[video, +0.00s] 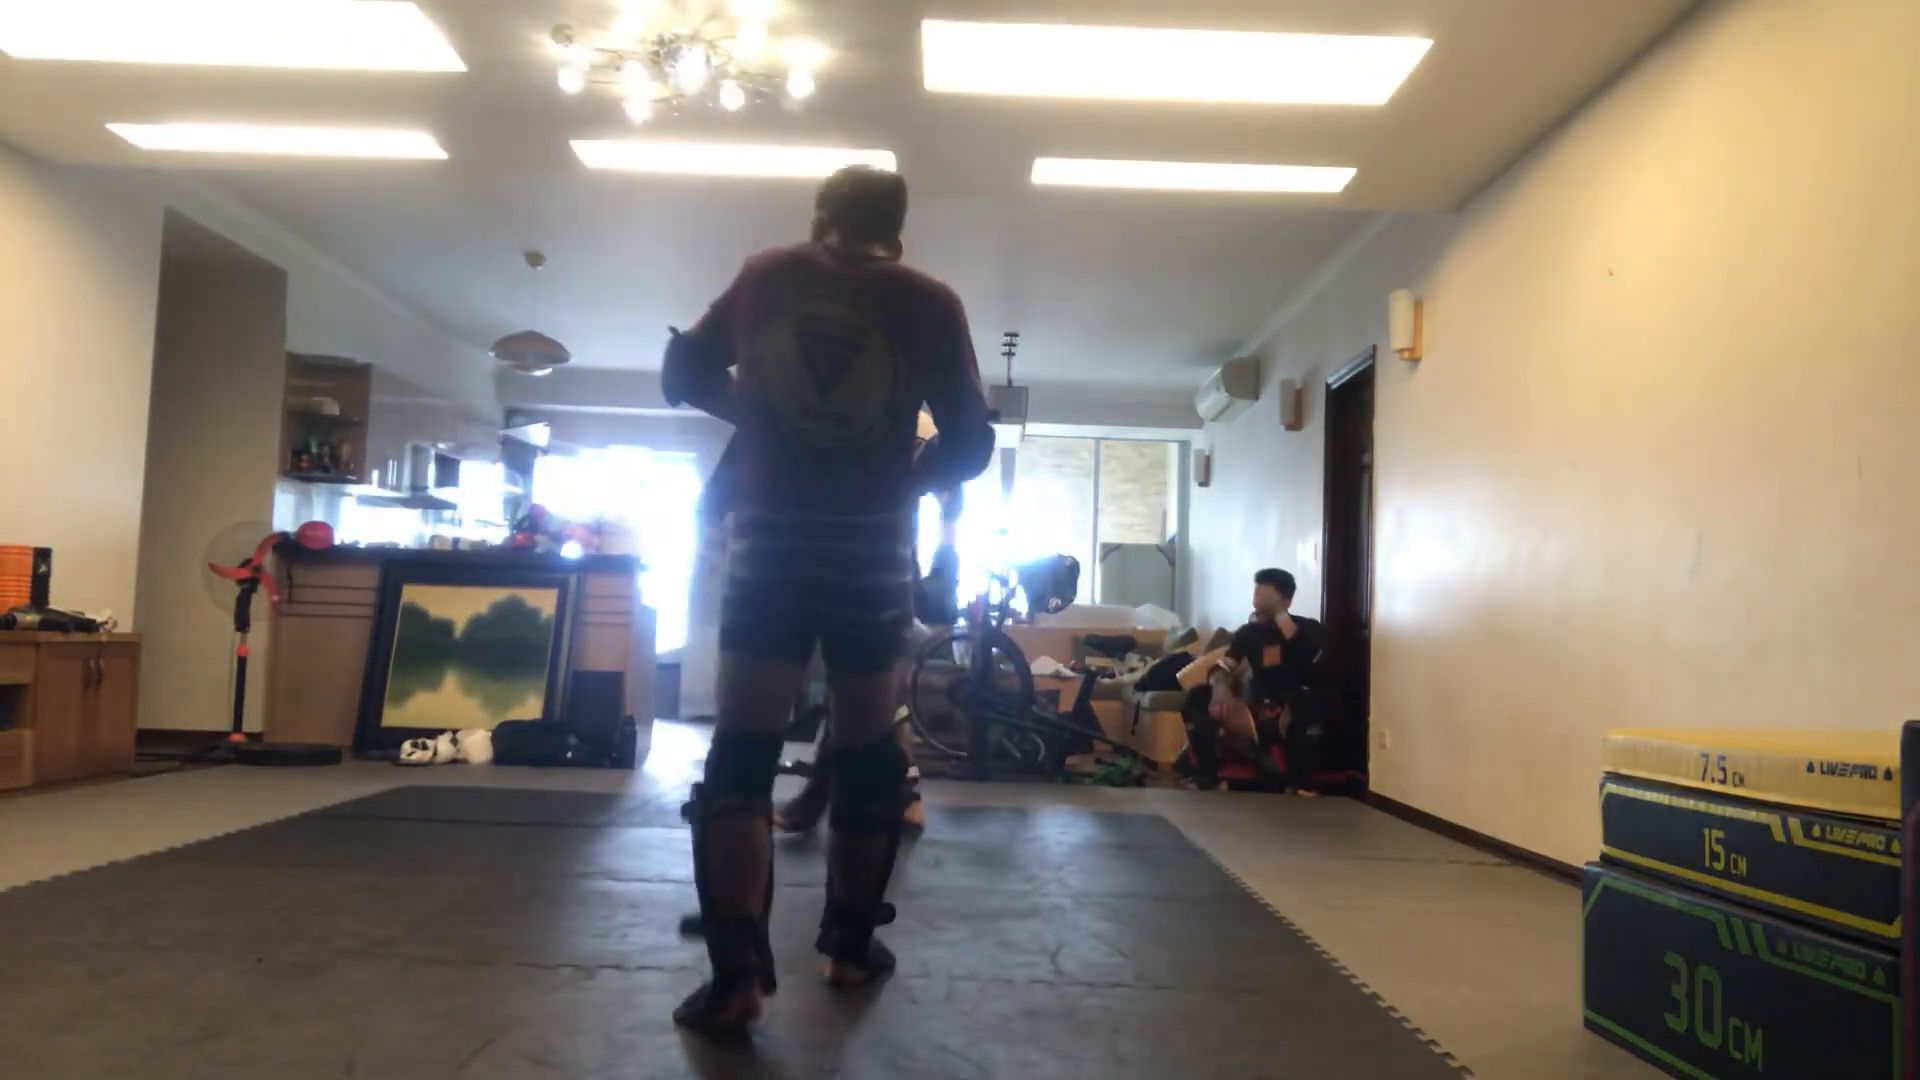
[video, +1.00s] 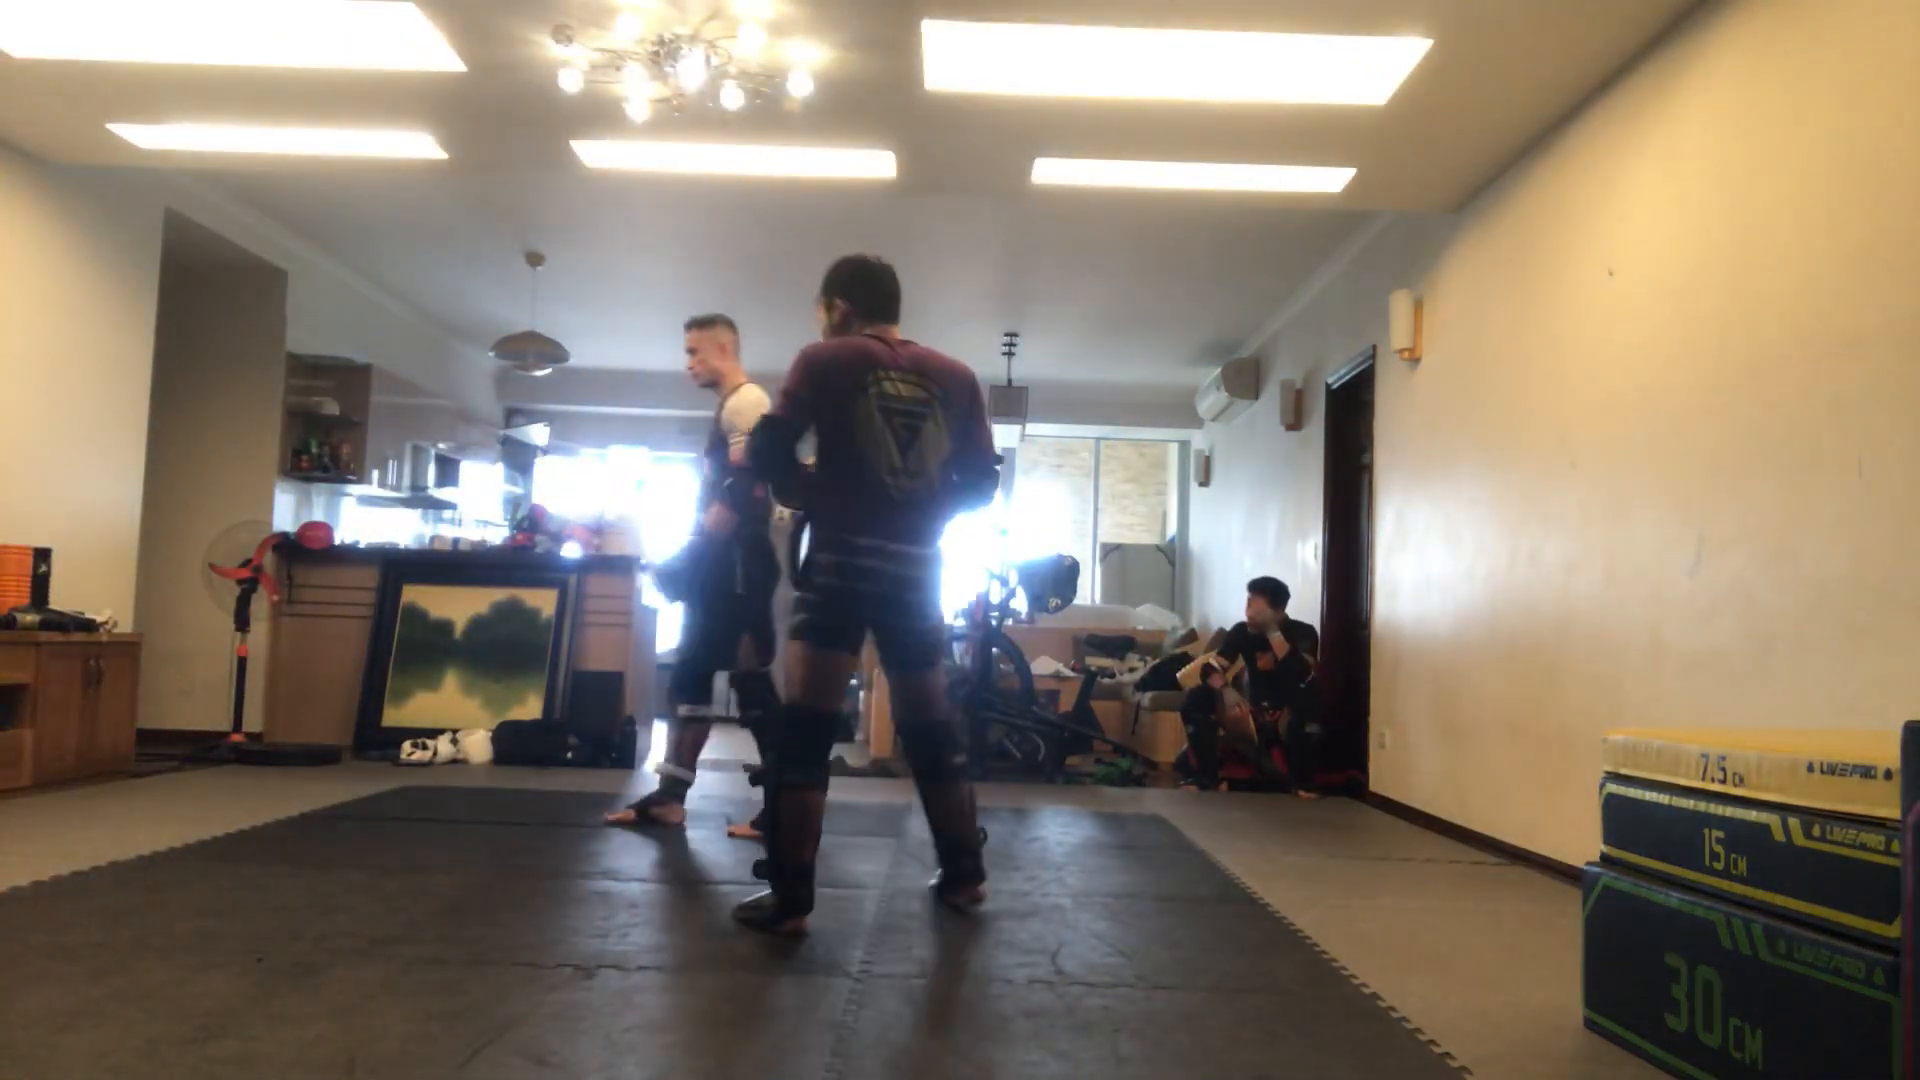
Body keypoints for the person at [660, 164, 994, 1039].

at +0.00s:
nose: (845, 243)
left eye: (826, 223)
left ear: (820, 220)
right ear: (897, 235)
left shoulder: (768, 272)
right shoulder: (931, 302)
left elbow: (684, 372)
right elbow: (972, 442)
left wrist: (763, 413)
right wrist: (898, 475)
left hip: (768, 551)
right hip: (871, 557)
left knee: (741, 752)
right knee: (868, 751)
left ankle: (739, 973)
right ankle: (848, 946)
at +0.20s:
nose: (834, 246)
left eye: (832, 233)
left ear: (837, 231)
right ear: (910, 244)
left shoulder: (796, 282)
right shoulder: (950, 319)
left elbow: (695, 367)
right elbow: (979, 452)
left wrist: (766, 416)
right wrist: (900, 456)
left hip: (792, 553)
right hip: (885, 564)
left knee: (737, 720)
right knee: (876, 747)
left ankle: (749, 863)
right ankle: (848, 942)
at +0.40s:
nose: (822, 266)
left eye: (824, 254)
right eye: (830, 257)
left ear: (835, 253)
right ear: (906, 263)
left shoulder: (801, 306)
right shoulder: (949, 340)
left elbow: (713, 402)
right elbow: (970, 461)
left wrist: (778, 433)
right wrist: (892, 462)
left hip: (799, 562)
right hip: (889, 570)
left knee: (773, 731)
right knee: (876, 746)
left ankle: (754, 903)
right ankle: (848, 942)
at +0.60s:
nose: (806, 287)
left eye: (809, 276)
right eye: (811, 278)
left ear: (821, 276)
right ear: (888, 282)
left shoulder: (790, 338)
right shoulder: (937, 357)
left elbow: (728, 437)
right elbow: (955, 468)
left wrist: (786, 470)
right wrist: (890, 491)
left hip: (801, 566)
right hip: (888, 572)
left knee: (785, 726)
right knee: (877, 740)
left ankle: (784, 896)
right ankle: (848, 918)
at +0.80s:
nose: (799, 304)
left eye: (801, 294)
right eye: (801, 295)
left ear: (815, 292)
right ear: (876, 294)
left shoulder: (795, 346)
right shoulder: (934, 361)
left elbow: (736, 445)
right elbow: (958, 470)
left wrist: (782, 479)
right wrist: (893, 490)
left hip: (807, 564)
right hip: (890, 569)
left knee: (791, 726)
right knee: (917, 720)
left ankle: (787, 900)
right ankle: (872, 841)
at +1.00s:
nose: (821, 324)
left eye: (822, 315)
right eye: (821, 316)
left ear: (839, 310)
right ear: (894, 311)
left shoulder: (822, 361)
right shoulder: (957, 377)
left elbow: (768, 454)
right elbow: (980, 480)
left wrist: (813, 496)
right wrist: (919, 507)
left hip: (837, 567)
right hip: (913, 573)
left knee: (807, 726)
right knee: (930, 725)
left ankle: (791, 898)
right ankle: (963, 877)